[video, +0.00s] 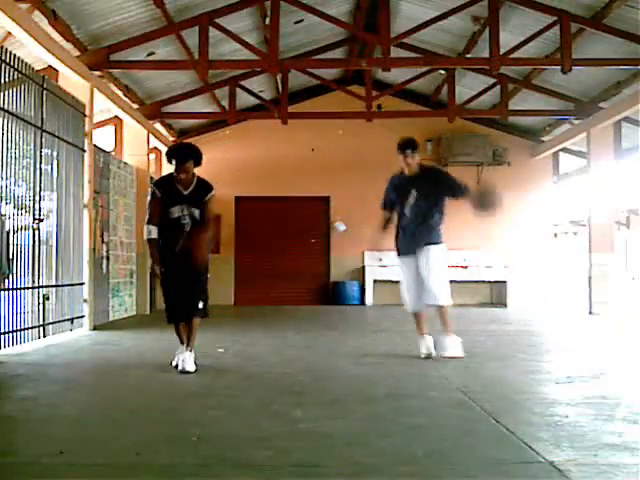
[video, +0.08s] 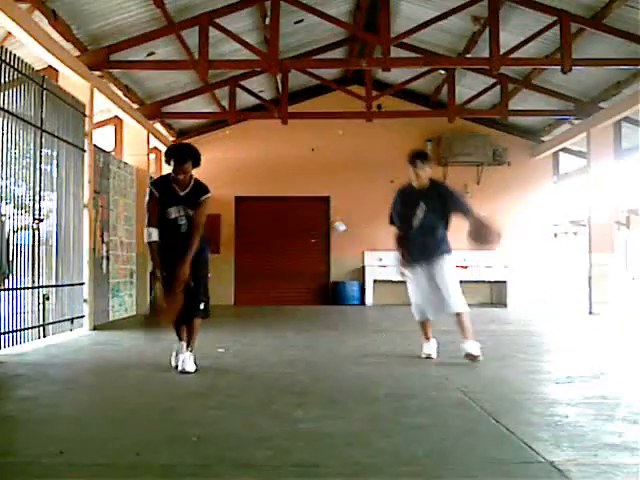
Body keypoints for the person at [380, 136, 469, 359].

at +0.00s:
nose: (409, 160)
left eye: (412, 155)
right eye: (405, 156)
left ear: (419, 155)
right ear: (400, 157)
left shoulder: (433, 175)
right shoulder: (396, 181)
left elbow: (460, 190)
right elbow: (388, 208)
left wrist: (476, 196)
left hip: (430, 240)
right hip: (405, 244)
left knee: (436, 288)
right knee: (413, 294)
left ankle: (449, 337)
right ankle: (423, 338)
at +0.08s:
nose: (419, 173)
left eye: (423, 167)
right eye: (415, 168)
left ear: (429, 168)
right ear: (410, 169)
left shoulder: (440, 190)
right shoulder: (403, 194)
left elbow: (465, 209)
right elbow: (399, 228)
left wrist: (482, 225)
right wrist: (402, 256)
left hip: (439, 254)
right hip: (413, 258)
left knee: (453, 296)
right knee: (419, 303)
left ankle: (469, 341)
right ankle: (428, 342)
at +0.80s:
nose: (381, 189)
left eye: (386, 185)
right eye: (379, 184)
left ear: (395, 183)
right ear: (375, 180)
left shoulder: (405, 200)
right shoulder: (367, 196)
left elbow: (440, 221)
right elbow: (351, 221)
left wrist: (477, 236)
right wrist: (329, 235)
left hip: (399, 260)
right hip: (370, 262)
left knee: (412, 301)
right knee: (367, 306)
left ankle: (418, 345)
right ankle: (375, 344)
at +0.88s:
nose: (359, 180)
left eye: (363, 176)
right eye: (357, 175)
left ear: (373, 175)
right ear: (354, 174)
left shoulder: (386, 192)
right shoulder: (349, 193)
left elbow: (411, 213)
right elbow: (340, 224)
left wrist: (430, 226)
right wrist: (322, 239)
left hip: (381, 260)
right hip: (353, 259)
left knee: (383, 307)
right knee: (342, 303)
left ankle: (380, 345)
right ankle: (346, 340)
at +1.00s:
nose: (337, 181)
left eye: (341, 176)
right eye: (335, 177)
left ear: (349, 175)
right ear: (332, 176)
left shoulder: (366, 192)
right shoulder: (330, 200)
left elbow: (386, 220)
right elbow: (327, 234)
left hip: (366, 265)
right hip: (338, 263)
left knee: (368, 308)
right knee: (318, 308)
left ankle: (375, 347)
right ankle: (310, 349)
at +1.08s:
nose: (311, 189)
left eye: (314, 183)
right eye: (308, 184)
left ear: (325, 181)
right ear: (306, 186)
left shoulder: (345, 196)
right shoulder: (312, 210)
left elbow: (363, 229)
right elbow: (309, 248)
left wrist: (362, 260)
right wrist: (298, 280)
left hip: (352, 266)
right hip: (325, 268)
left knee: (359, 308)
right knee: (302, 311)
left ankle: (367, 343)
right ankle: (296, 350)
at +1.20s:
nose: (297, 194)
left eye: (300, 188)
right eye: (293, 190)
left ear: (310, 185)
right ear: (291, 190)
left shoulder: (333, 197)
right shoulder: (299, 211)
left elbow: (352, 233)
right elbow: (297, 249)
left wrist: (346, 264)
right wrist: (287, 282)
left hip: (344, 262)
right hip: (316, 265)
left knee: (351, 305)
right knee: (301, 308)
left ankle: (351, 342)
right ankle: (296, 349)